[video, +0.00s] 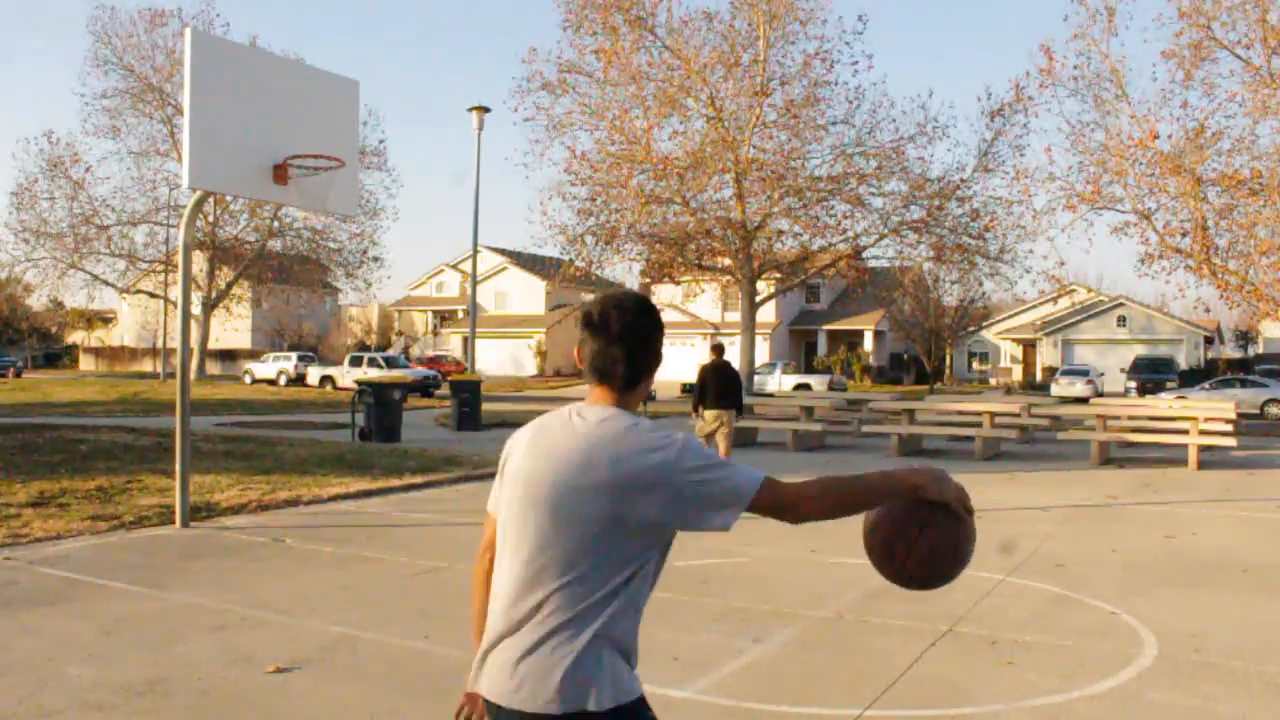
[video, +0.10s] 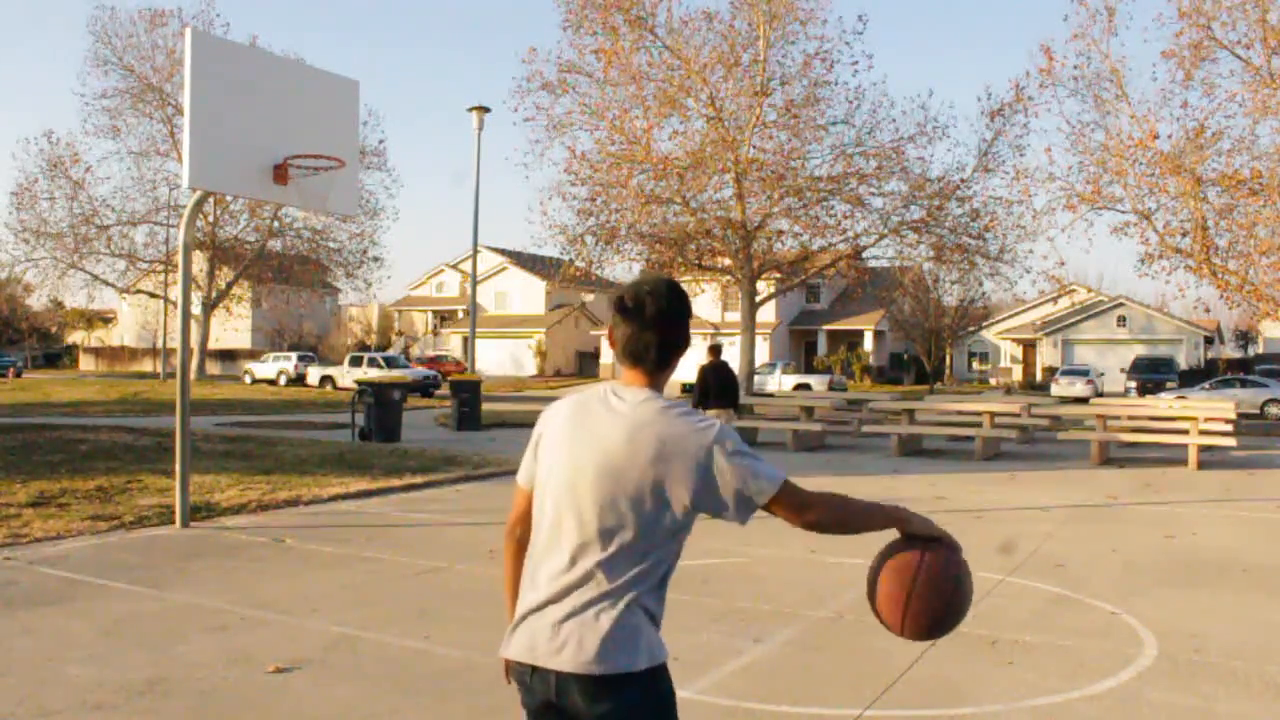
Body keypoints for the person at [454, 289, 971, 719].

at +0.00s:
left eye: (581, 344)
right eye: (653, 354)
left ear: (580, 359)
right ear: (653, 365)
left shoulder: (526, 440)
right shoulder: (654, 450)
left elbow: (488, 558)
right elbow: (792, 501)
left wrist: (480, 667)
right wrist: (910, 479)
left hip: (499, 684)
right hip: (590, 692)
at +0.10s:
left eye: (610, 332)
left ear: (610, 342)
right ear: (682, 347)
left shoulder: (557, 417)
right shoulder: (694, 435)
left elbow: (519, 528)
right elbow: (807, 511)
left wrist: (515, 627)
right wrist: (901, 517)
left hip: (531, 660)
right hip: (616, 667)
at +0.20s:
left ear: (627, 337)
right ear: (696, 344)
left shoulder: (577, 418)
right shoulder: (721, 428)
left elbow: (550, 540)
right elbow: (789, 528)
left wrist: (538, 630)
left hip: (574, 638)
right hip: (662, 646)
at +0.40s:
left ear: (650, 356)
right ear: (712, 357)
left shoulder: (634, 437)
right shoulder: (747, 429)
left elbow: (614, 555)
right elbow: (758, 508)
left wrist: (596, 669)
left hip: (649, 635)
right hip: (726, 636)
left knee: (617, 711)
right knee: (708, 712)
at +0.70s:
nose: (677, 365)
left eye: (678, 353)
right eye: (677, 354)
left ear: (693, 355)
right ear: (735, 354)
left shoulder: (705, 413)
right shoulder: (768, 406)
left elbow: (671, 473)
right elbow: (738, 480)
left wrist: (619, 536)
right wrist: (673, 512)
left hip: (740, 606)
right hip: (803, 603)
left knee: (728, 710)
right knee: (769, 714)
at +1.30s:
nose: (653, 461)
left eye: (662, 447)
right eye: (647, 448)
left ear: (700, 440)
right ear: (641, 447)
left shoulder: (721, 504)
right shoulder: (725, 473)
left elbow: (767, 603)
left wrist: (706, 645)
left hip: (788, 642)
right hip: (808, 629)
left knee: (687, 714)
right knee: (831, 715)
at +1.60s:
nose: (420, 492)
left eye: (429, 476)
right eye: (415, 479)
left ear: (475, 465)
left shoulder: (517, 531)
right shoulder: (504, 499)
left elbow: (492, 672)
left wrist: (440, 718)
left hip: (622, 665)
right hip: (571, 652)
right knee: (529, 713)